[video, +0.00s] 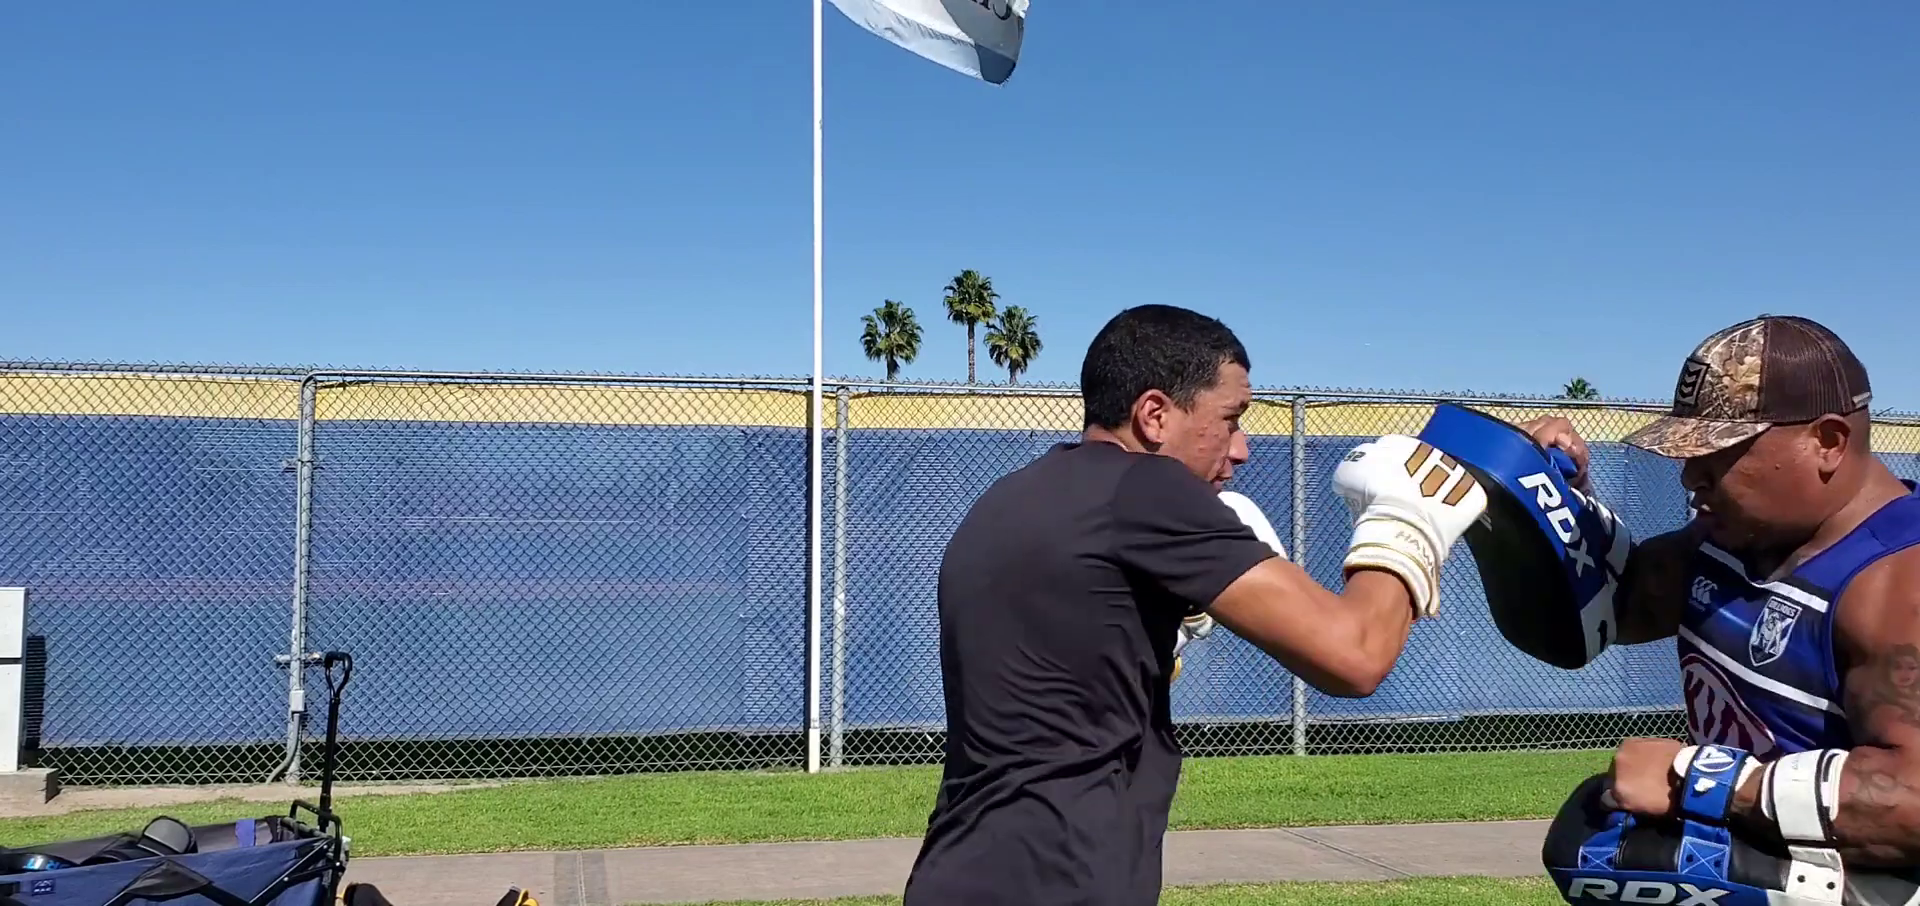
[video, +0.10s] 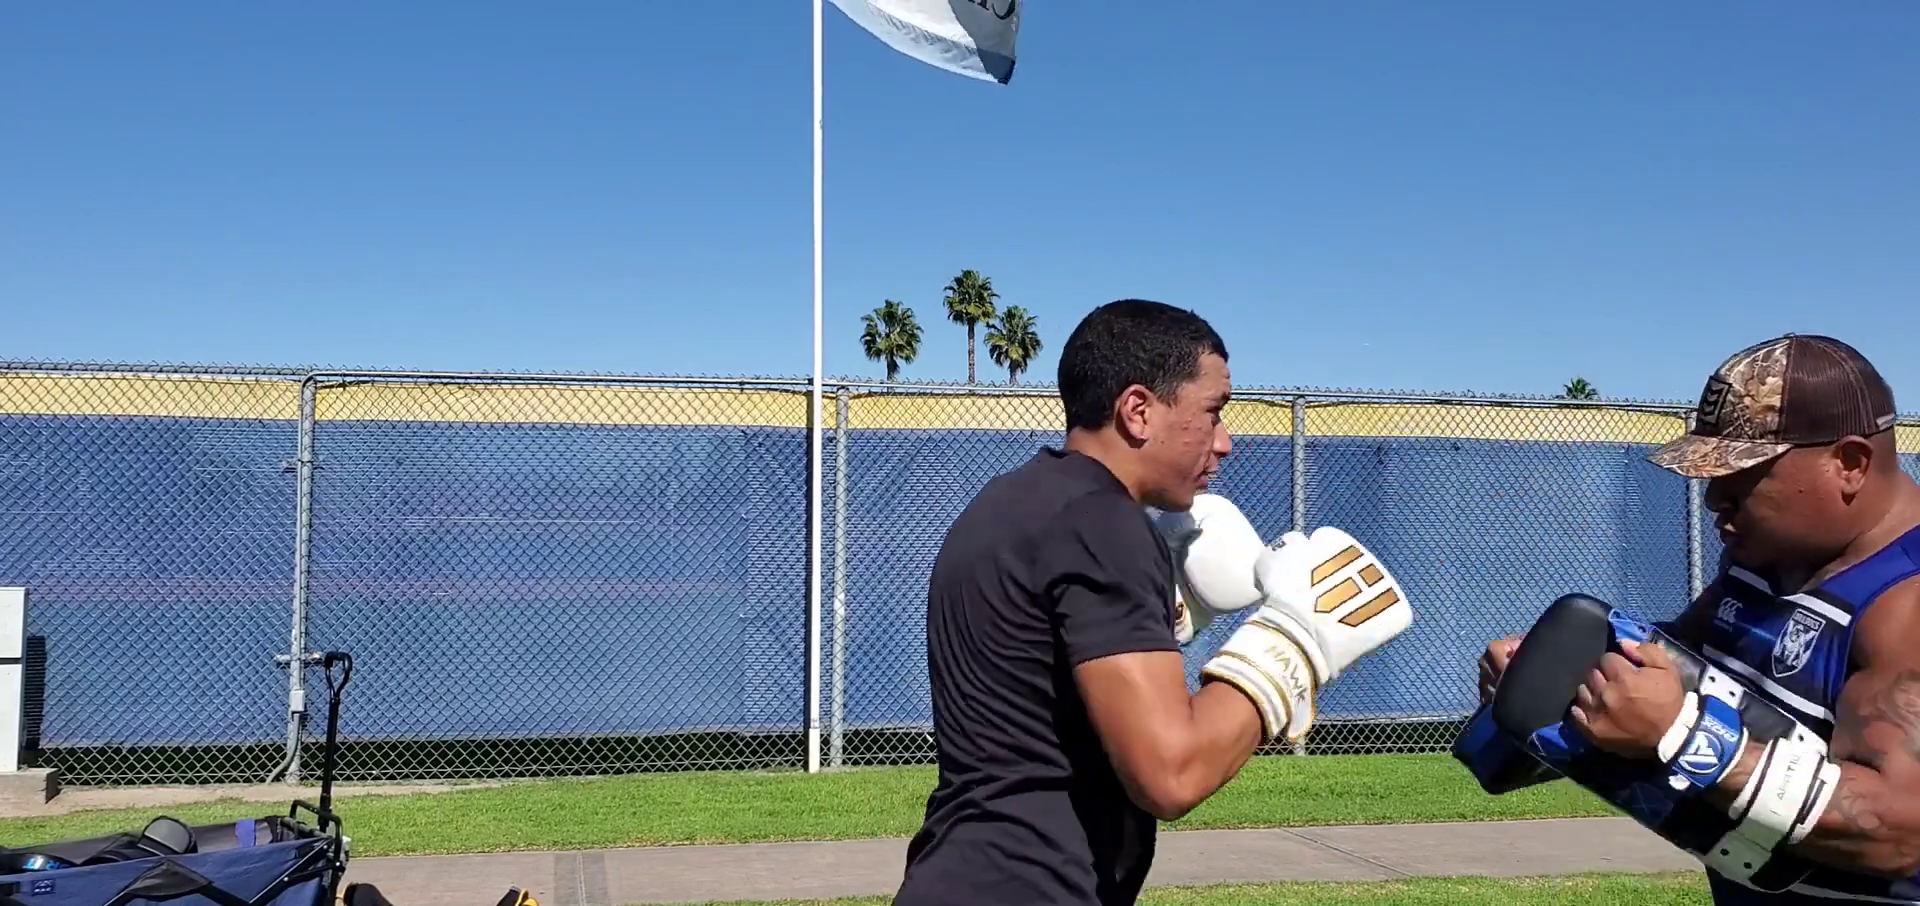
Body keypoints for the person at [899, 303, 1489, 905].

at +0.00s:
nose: (1241, 451)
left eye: (1242, 422)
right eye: (1228, 420)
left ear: (1143, 418)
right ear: (1153, 416)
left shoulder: (1005, 502)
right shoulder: (1146, 495)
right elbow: (1356, 654)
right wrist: (1407, 523)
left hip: (956, 871)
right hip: (1065, 878)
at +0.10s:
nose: (1224, 442)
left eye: (1222, 413)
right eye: (1213, 412)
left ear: (1133, 413)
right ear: (1138, 412)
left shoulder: (1004, 506)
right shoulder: (1098, 522)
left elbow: (1054, 696)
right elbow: (1171, 773)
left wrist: (1173, 599)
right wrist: (1288, 645)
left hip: (957, 872)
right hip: (1039, 883)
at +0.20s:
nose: (1211, 448)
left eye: (1208, 419)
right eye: (1199, 417)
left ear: (1125, 417)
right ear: (1127, 413)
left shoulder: (1050, 522)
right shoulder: (1031, 539)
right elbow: (1058, 809)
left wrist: (1151, 624)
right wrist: (1191, 662)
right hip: (992, 890)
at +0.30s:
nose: (1211, 448)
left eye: (1209, 420)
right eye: (1200, 417)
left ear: (1128, 412)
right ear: (1124, 408)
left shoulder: (1084, 532)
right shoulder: (1002, 533)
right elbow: (1020, 801)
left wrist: (1163, 651)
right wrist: (1155, 645)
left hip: (1059, 883)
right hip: (966, 889)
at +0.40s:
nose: (1228, 468)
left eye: (1231, 441)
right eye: (1222, 437)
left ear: (1148, 427)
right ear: (1146, 423)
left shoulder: (1107, 536)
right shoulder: (1024, 531)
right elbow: (1048, 798)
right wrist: (1165, 639)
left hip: (1064, 884)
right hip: (968, 890)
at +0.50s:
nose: (1268, 521)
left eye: (1273, 495)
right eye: (1265, 492)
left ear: (1195, 475)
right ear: (1196, 473)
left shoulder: (1069, 526)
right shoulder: (1102, 558)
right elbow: (1124, 826)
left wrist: (1221, 672)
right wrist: (1226, 663)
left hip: (963, 877)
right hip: (1012, 891)